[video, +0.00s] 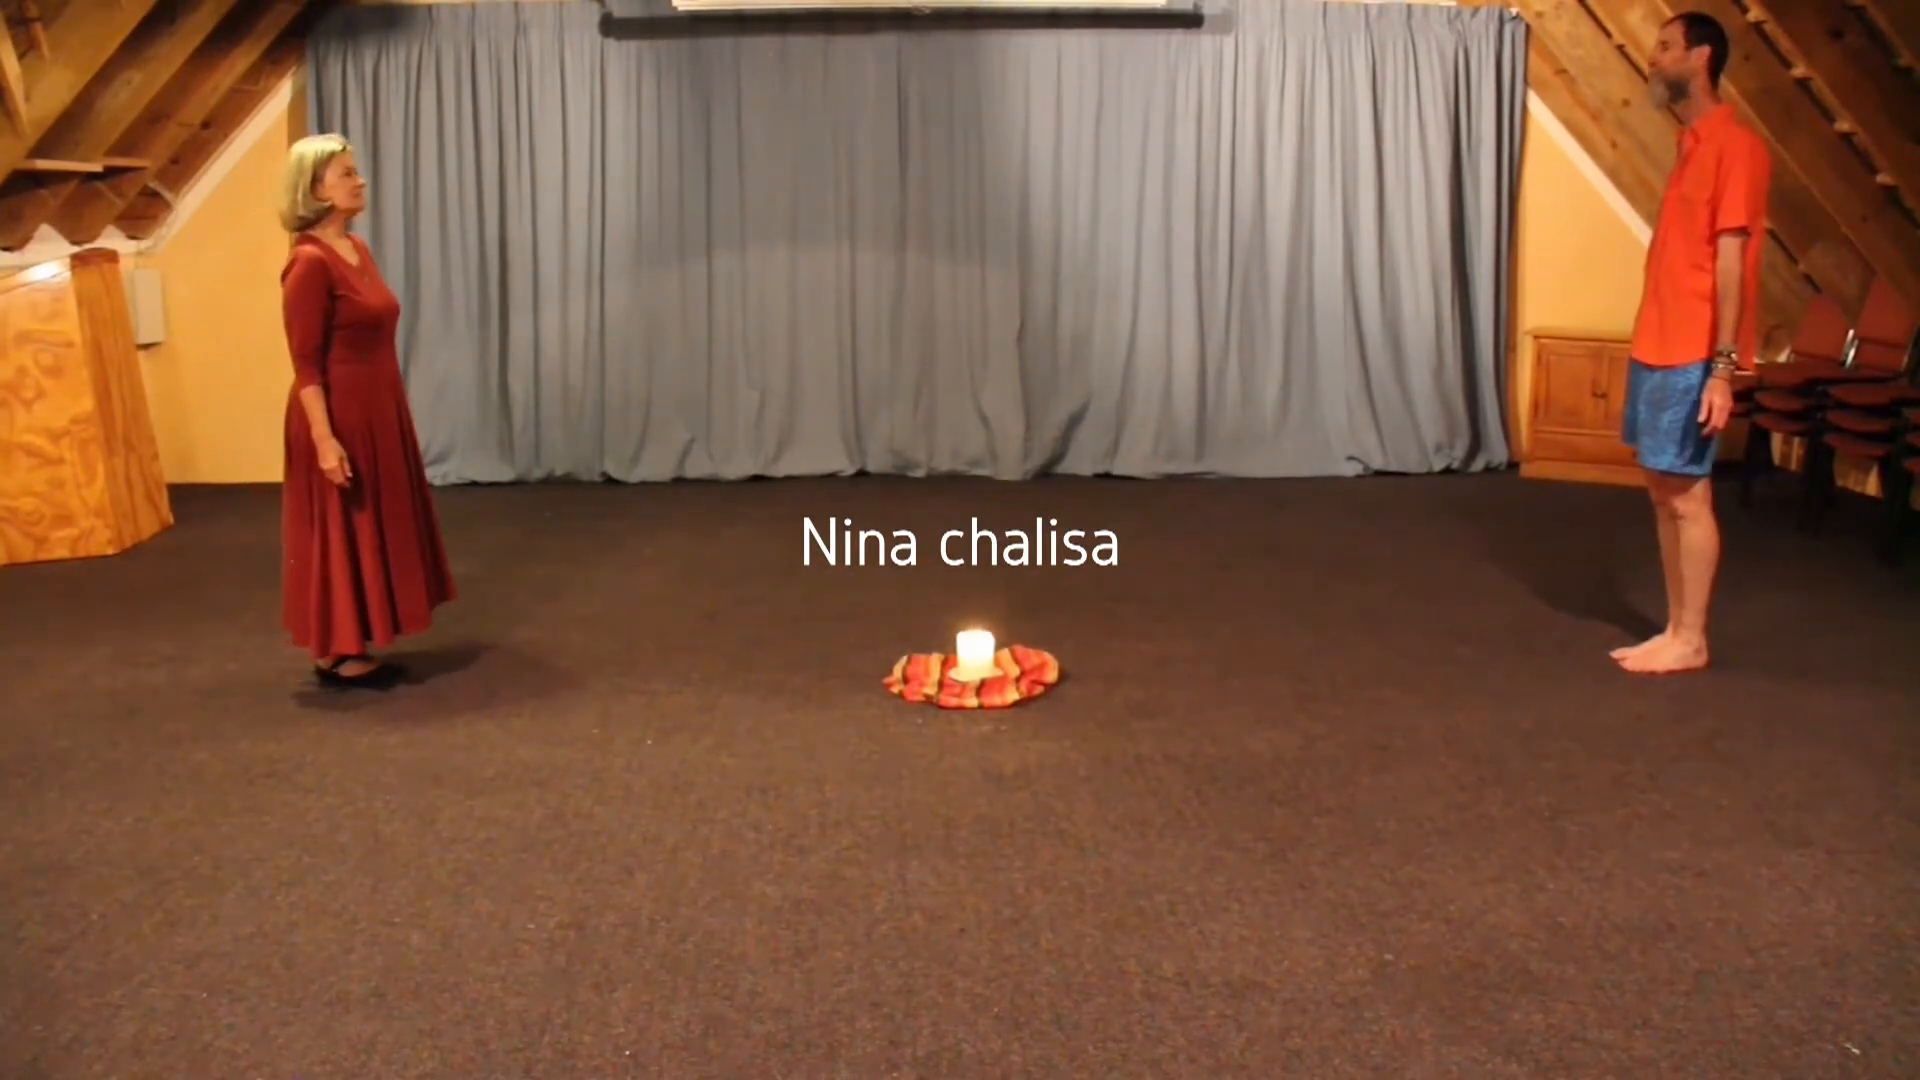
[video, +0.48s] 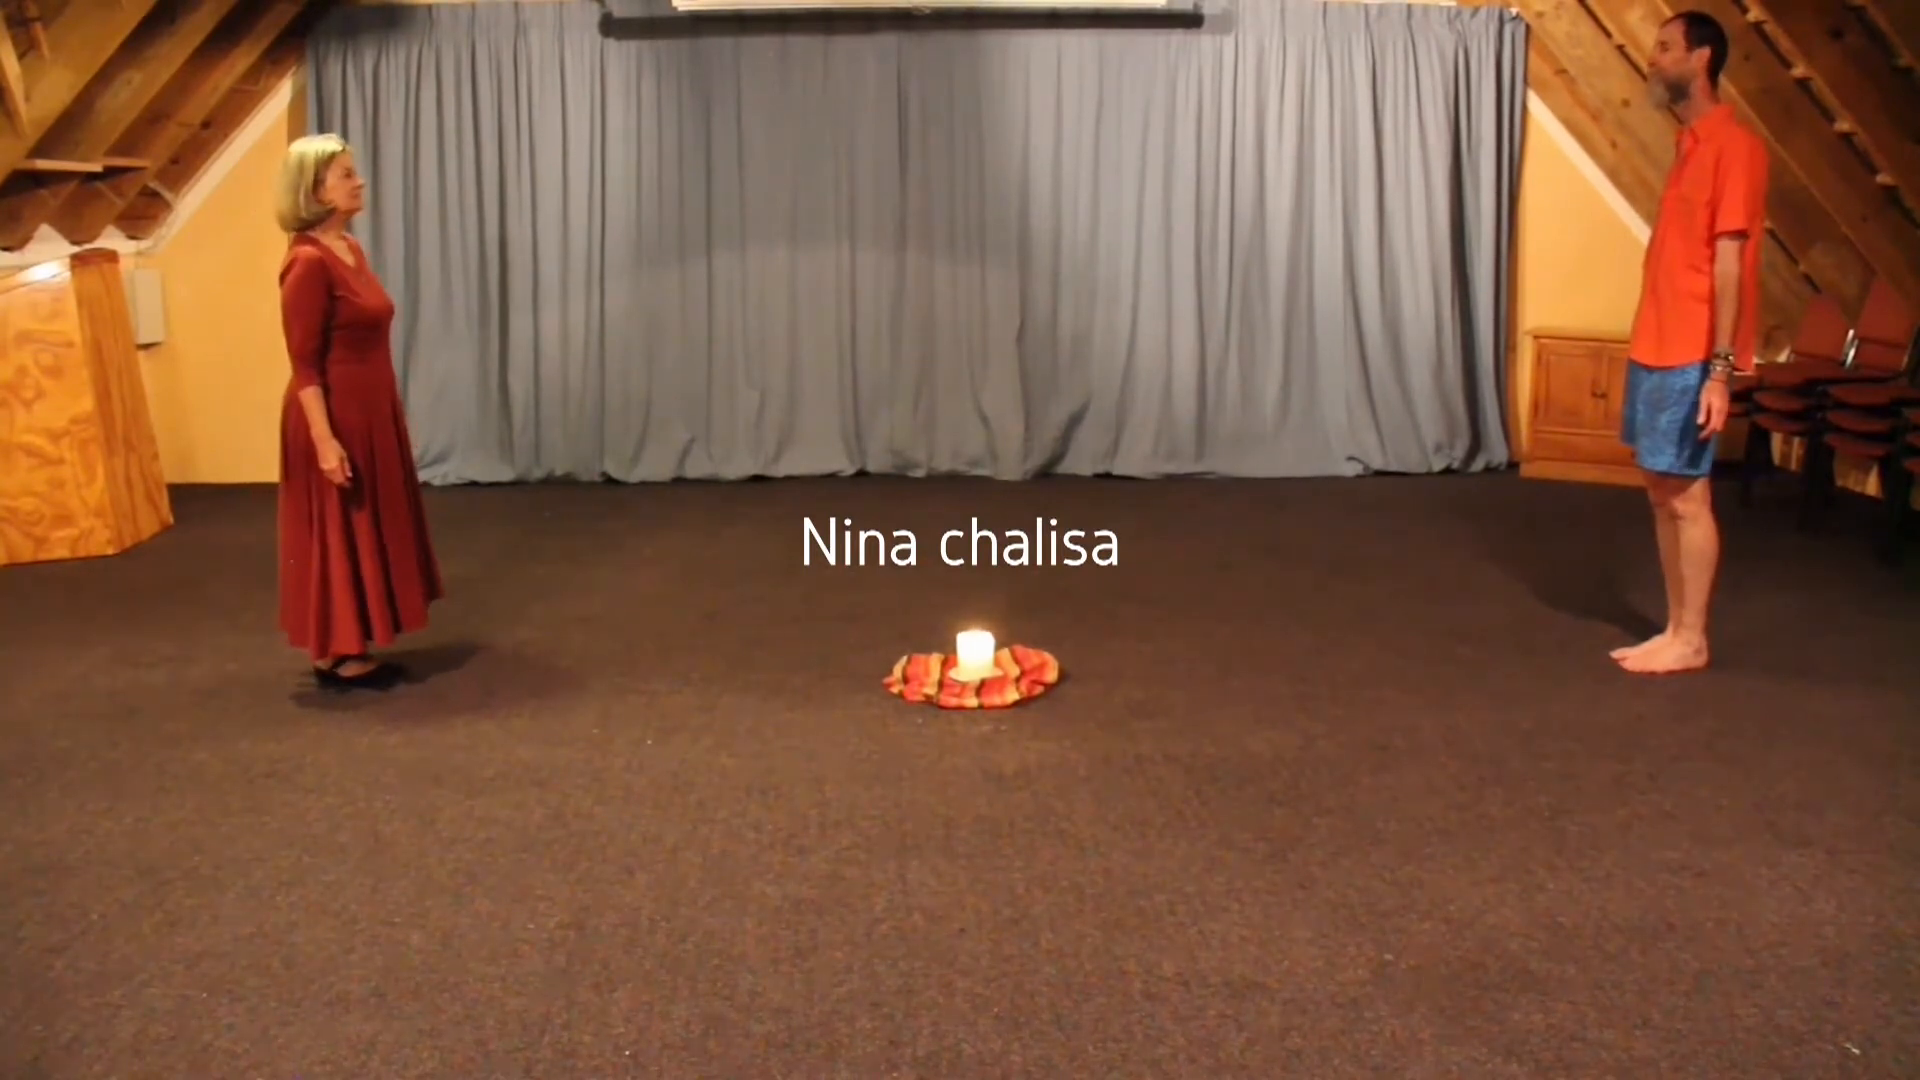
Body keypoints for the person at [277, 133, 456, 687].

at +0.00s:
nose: (360, 182)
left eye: (357, 172)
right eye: (347, 174)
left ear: (344, 185)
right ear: (317, 189)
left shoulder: (354, 247)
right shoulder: (308, 261)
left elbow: (368, 344)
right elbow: (305, 363)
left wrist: (390, 412)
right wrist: (323, 437)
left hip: (375, 407)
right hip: (338, 412)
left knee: (366, 522)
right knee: (339, 526)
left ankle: (355, 646)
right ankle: (337, 650)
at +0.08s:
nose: (361, 182)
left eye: (357, 172)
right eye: (347, 174)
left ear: (344, 185)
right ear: (317, 188)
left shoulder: (355, 247)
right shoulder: (308, 261)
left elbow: (369, 345)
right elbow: (305, 363)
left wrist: (390, 414)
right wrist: (323, 437)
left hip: (375, 407)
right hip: (338, 412)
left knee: (366, 521)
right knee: (339, 526)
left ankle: (355, 646)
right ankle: (338, 650)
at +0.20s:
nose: (361, 181)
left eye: (357, 172)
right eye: (348, 174)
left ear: (342, 186)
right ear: (317, 189)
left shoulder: (354, 248)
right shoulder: (309, 261)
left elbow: (369, 344)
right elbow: (305, 363)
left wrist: (389, 413)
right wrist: (323, 438)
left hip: (373, 407)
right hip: (338, 412)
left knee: (364, 522)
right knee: (338, 526)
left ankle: (354, 646)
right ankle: (338, 651)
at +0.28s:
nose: (360, 182)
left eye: (357, 172)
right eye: (347, 174)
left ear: (341, 185)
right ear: (317, 188)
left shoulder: (352, 247)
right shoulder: (309, 261)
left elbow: (367, 343)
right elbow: (305, 363)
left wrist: (388, 412)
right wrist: (324, 437)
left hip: (372, 406)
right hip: (337, 411)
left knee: (363, 522)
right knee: (338, 526)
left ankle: (355, 646)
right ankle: (339, 651)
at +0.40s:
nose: (359, 182)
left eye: (356, 173)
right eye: (346, 175)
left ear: (341, 185)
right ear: (316, 189)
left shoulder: (351, 248)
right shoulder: (308, 262)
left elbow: (370, 347)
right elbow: (304, 363)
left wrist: (391, 417)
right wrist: (324, 437)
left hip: (371, 408)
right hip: (335, 413)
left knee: (362, 524)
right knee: (336, 528)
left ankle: (355, 646)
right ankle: (338, 651)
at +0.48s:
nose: (359, 183)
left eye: (356, 173)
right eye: (346, 175)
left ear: (342, 185)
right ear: (315, 189)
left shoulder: (350, 248)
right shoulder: (307, 261)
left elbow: (367, 347)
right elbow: (303, 363)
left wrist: (388, 415)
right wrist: (323, 438)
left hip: (370, 407)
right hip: (334, 413)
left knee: (361, 524)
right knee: (336, 527)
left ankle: (353, 646)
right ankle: (338, 651)